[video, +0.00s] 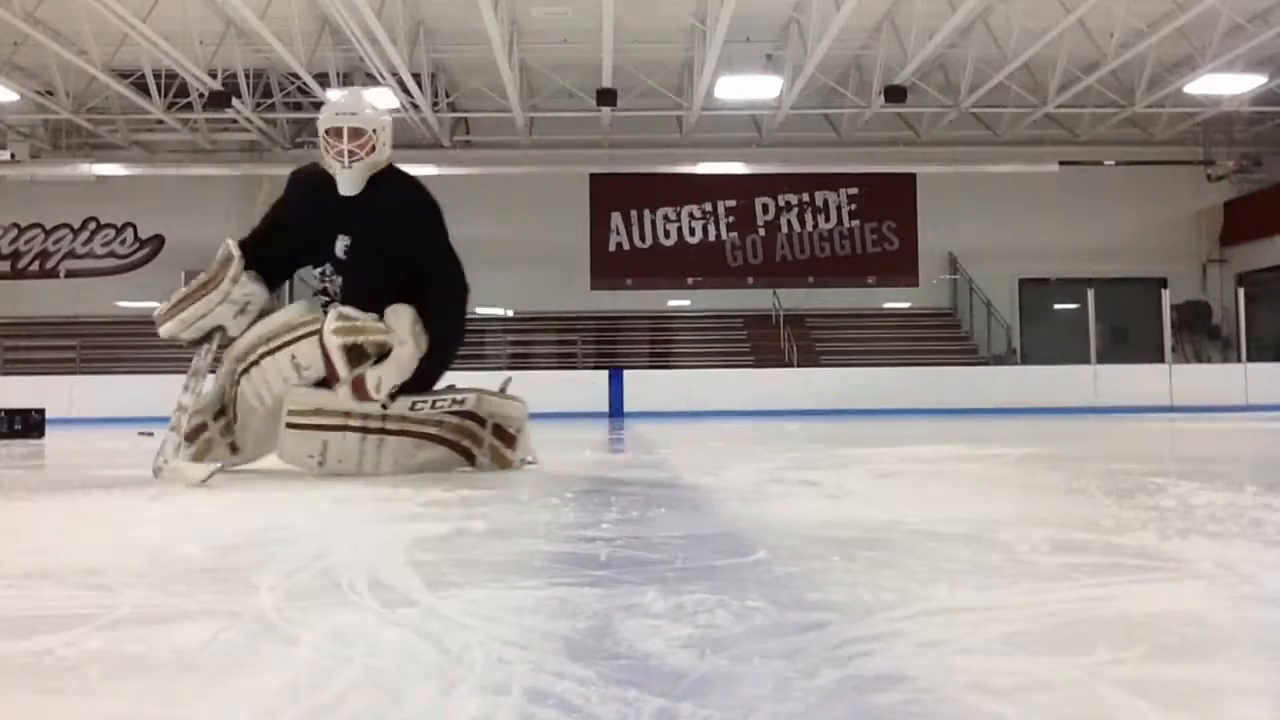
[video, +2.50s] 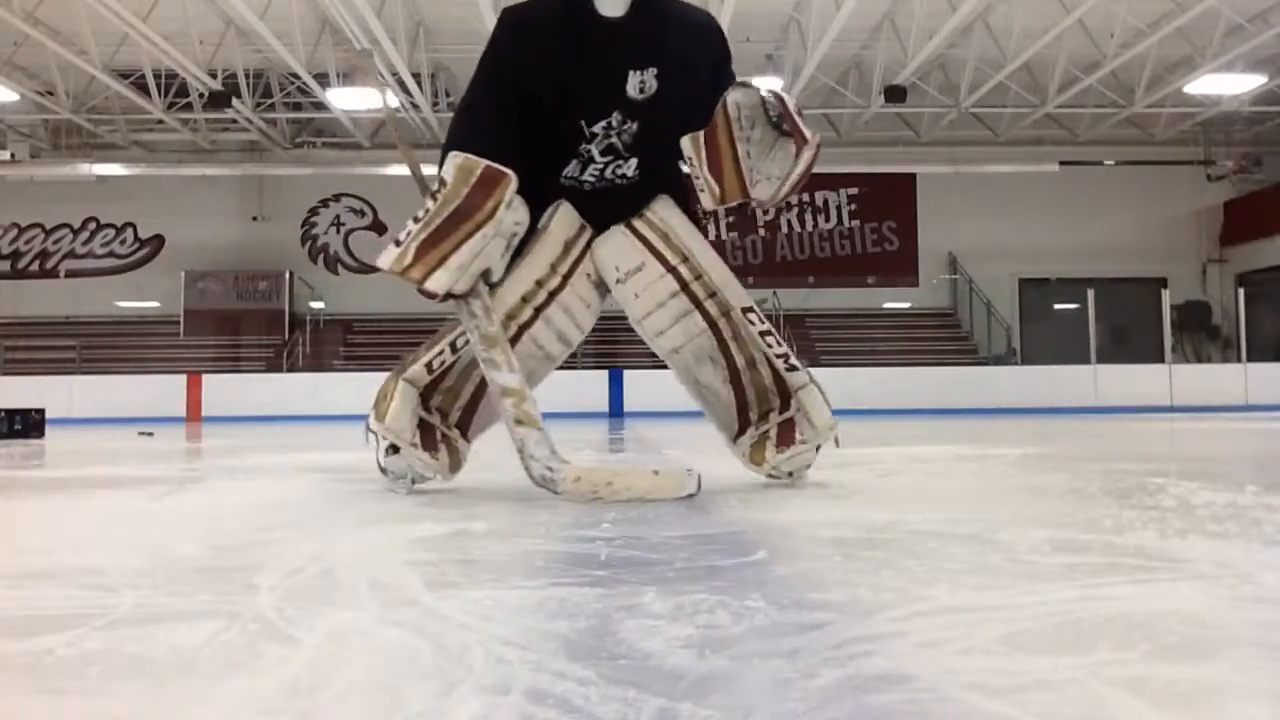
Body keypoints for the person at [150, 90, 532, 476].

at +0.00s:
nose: (345, 147)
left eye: (357, 137)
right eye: (335, 137)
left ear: (379, 139)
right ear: (321, 140)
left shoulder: (408, 199)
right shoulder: (306, 188)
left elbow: (448, 292)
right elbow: (263, 258)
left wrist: (415, 377)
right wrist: (225, 317)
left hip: (389, 358)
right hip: (308, 353)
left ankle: (461, 435)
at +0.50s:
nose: (317, 169)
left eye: (329, 160)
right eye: (308, 158)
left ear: (347, 163)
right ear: (294, 159)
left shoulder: (370, 216)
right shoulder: (266, 201)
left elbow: (409, 287)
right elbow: (208, 257)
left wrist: (382, 346)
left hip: (339, 372)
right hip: (262, 366)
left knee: (331, 464)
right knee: (263, 465)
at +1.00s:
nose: (464, 165)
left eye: (474, 155)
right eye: (453, 156)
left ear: (488, 160)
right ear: (437, 161)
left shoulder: (525, 217)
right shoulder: (404, 217)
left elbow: (550, 298)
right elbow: (370, 302)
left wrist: (549, 352)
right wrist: (366, 364)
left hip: (502, 383)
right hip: (422, 384)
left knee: (504, 500)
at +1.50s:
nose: (621, 130)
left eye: (631, 122)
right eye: (610, 120)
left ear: (642, 129)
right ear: (591, 124)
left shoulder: (659, 186)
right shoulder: (556, 172)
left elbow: (696, 247)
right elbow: (486, 232)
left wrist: (738, 236)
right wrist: (459, 300)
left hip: (606, 308)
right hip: (532, 311)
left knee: (645, 362)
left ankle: (641, 436)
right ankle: (469, 429)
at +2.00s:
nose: (560, 12)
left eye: (573, 3)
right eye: (547, 2)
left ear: (589, 12)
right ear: (527, 8)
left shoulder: (630, 89)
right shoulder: (474, 86)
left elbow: (648, 203)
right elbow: (402, 178)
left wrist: (686, 192)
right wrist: (370, 259)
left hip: (594, 255)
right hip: (494, 255)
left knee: (682, 322)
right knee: (541, 334)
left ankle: (697, 436)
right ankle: (401, 439)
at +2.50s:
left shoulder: (691, 34)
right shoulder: (530, 28)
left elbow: (716, 122)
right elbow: (481, 136)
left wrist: (765, 144)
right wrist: (462, 238)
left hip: (646, 201)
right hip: (549, 204)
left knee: (711, 308)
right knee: (513, 324)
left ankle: (779, 428)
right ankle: (417, 426)